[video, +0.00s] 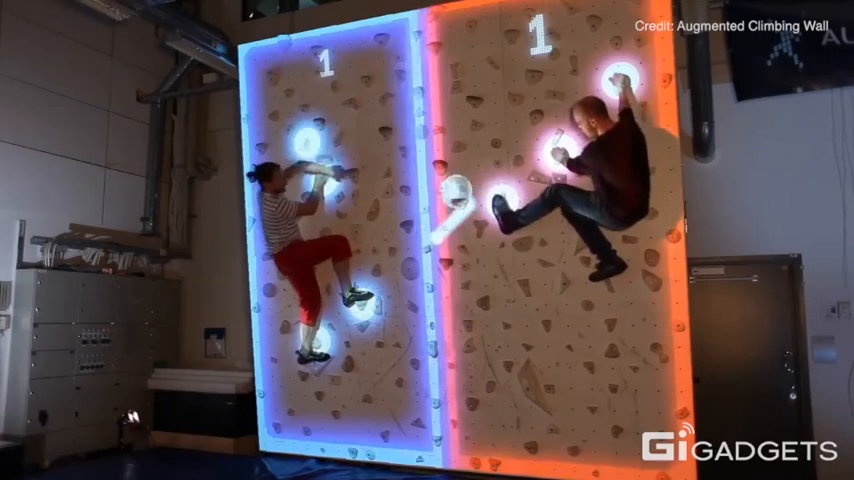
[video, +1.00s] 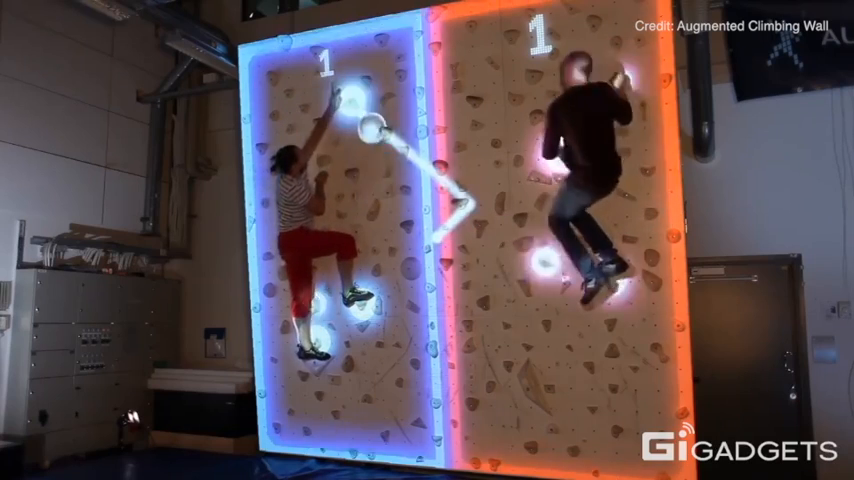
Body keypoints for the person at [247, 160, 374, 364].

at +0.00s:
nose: (284, 178)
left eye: (281, 175)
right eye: (280, 176)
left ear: (268, 183)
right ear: (269, 183)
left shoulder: (268, 194)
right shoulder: (278, 205)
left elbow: (298, 167)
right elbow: (311, 208)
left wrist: (330, 171)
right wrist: (320, 182)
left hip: (285, 256)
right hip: (293, 253)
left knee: (311, 301)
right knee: (338, 244)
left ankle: (306, 351)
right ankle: (348, 293)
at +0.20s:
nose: (294, 174)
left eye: (292, 171)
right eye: (290, 173)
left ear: (279, 180)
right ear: (280, 180)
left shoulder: (283, 189)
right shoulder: (282, 202)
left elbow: (318, 169)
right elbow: (313, 207)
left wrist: (351, 165)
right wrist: (318, 184)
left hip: (286, 250)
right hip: (291, 249)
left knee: (303, 297)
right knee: (337, 244)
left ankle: (304, 351)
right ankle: (348, 293)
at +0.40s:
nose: (306, 174)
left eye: (304, 170)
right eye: (301, 172)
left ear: (292, 178)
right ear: (290, 180)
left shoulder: (299, 184)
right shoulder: (288, 199)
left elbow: (335, 173)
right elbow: (319, 209)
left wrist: (375, 165)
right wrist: (321, 185)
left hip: (291, 246)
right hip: (293, 246)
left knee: (301, 297)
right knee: (339, 244)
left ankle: (304, 351)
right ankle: (348, 292)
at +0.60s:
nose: (307, 168)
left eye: (305, 165)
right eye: (303, 167)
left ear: (292, 174)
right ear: (294, 175)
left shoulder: (292, 183)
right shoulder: (292, 195)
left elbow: (322, 162)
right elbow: (322, 209)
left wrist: (352, 147)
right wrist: (322, 185)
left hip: (291, 247)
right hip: (299, 245)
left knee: (303, 298)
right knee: (343, 242)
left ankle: (305, 350)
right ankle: (349, 291)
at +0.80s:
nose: (305, 158)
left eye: (303, 155)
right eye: (301, 156)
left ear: (290, 165)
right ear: (295, 165)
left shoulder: (289, 176)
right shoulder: (296, 186)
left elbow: (313, 142)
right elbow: (320, 208)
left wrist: (329, 108)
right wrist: (320, 186)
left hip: (287, 242)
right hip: (300, 238)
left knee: (301, 294)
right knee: (345, 243)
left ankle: (305, 346)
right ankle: (349, 291)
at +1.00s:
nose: (304, 158)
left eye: (302, 155)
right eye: (300, 157)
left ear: (289, 165)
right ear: (293, 165)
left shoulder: (287, 175)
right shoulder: (295, 186)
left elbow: (312, 143)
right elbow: (318, 209)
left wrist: (330, 111)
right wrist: (320, 185)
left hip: (288, 241)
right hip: (300, 238)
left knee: (301, 294)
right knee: (345, 242)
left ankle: (305, 347)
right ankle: (348, 291)